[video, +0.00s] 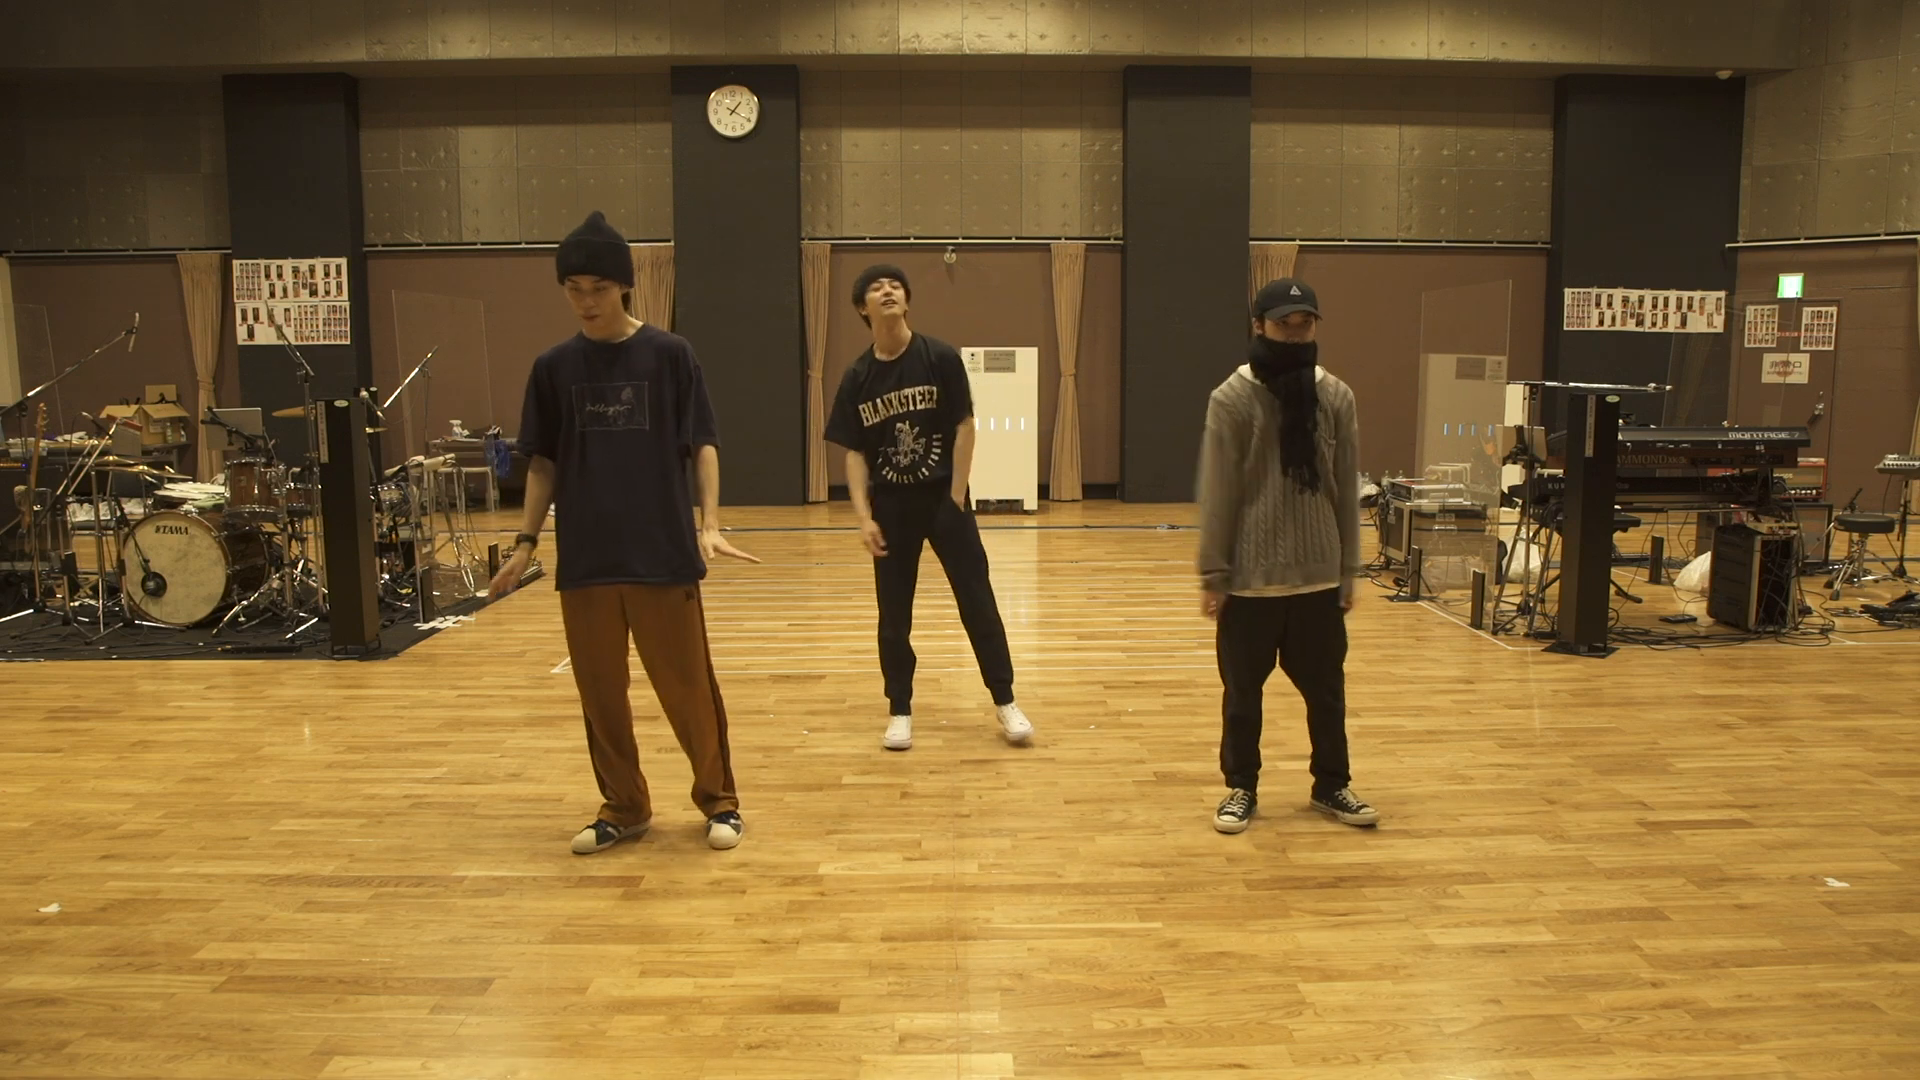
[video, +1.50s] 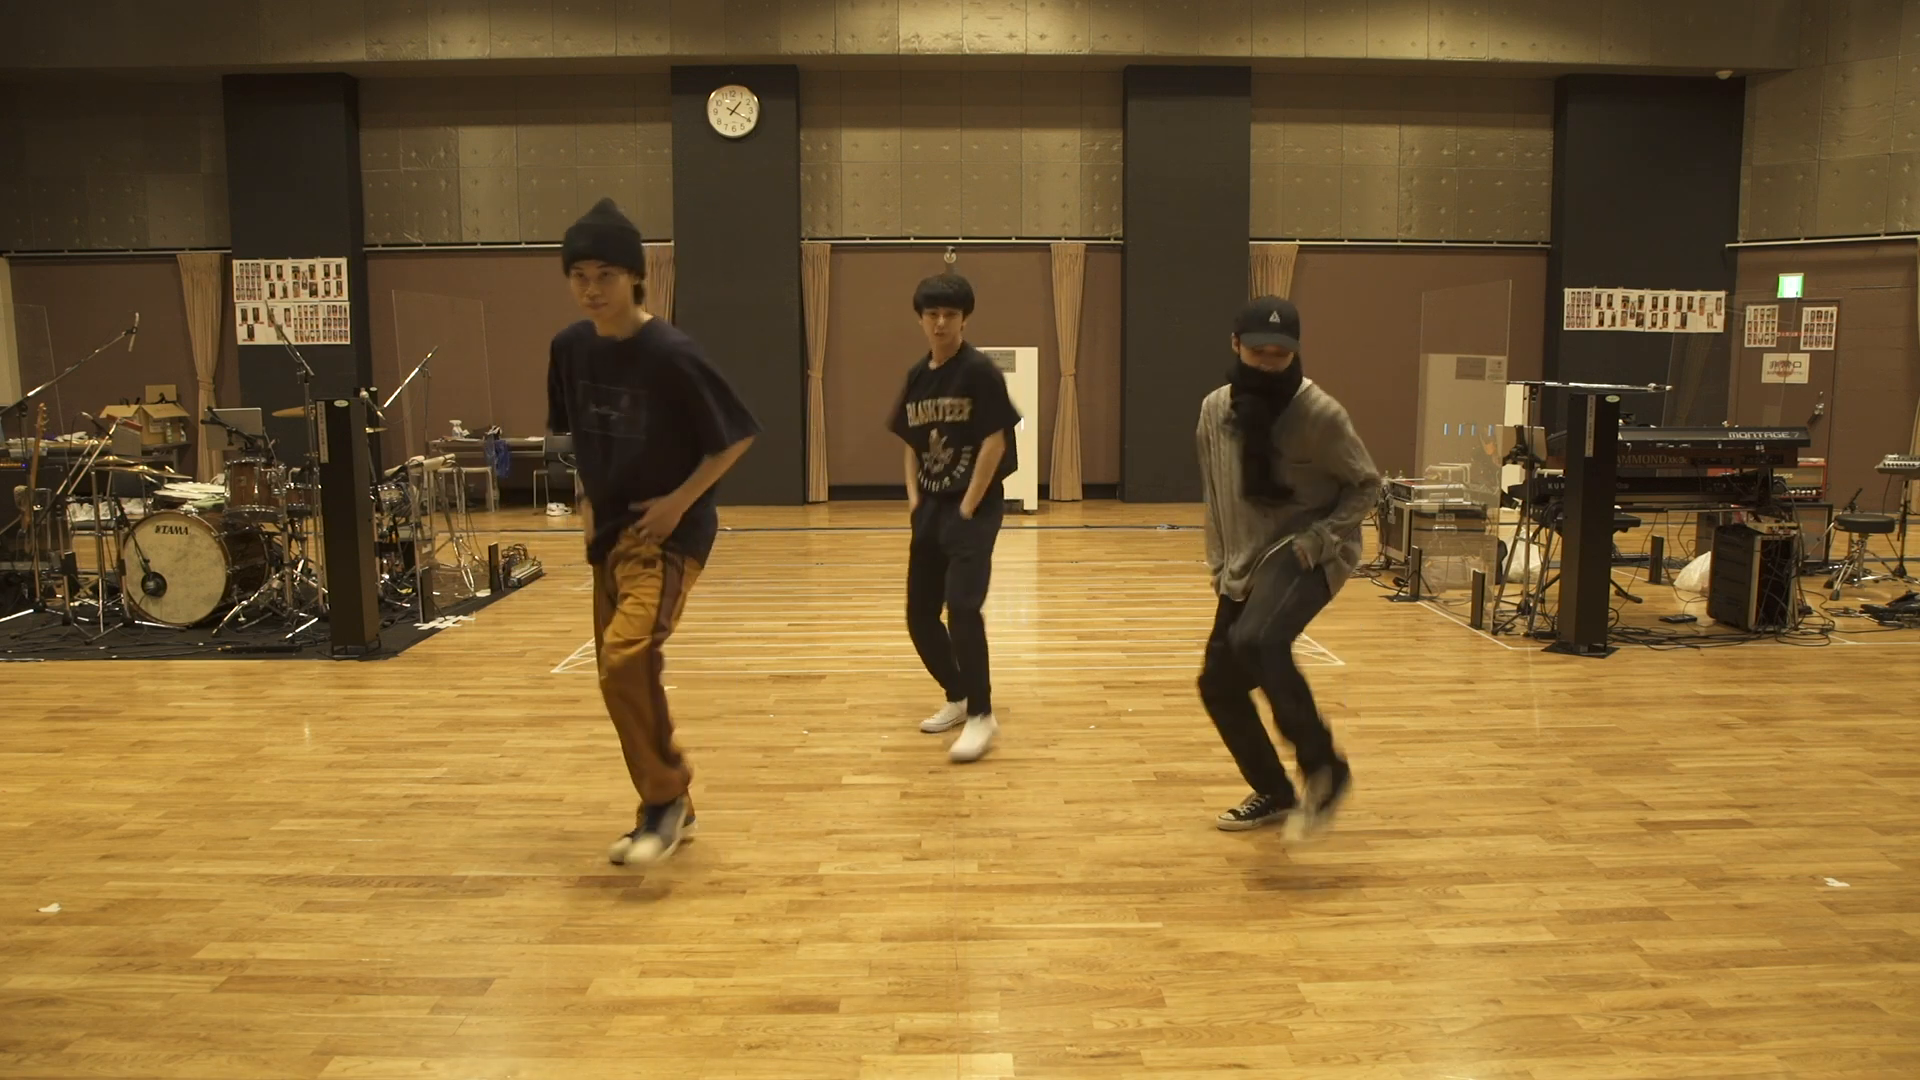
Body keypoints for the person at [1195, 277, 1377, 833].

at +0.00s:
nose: (1297, 332)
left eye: (1306, 322)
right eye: (1285, 322)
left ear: (1316, 327)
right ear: (1260, 326)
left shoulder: (1336, 396)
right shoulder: (1232, 399)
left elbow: (1348, 492)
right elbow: (1217, 493)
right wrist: (1214, 575)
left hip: (1318, 577)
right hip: (1247, 580)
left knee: (1327, 691)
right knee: (1241, 693)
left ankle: (1331, 786)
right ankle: (1241, 789)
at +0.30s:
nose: (1327, 328)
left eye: (1336, 318)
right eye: (1314, 319)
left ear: (1346, 323)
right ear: (1290, 324)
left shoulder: (1363, 384)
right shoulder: (1254, 390)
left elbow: (1376, 467)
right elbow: (1209, 468)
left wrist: (1375, 531)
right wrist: (1211, 535)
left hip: (1339, 573)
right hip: (1268, 577)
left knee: (1338, 691)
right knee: (1255, 692)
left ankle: (1332, 787)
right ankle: (1243, 789)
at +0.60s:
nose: (1345, 326)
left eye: (1353, 316)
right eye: (1332, 316)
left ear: (1363, 322)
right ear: (1306, 322)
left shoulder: (1377, 386)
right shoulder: (1273, 388)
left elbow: (1376, 468)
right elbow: (1245, 471)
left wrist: (1375, 532)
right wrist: (1239, 543)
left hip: (1348, 568)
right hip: (1279, 569)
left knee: (1342, 689)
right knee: (1259, 687)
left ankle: (1333, 788)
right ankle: (1242, 789)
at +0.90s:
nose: (1350, 323)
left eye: (1358, 313)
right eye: (1337, 313)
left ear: (1367, 320)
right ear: (1310, 321)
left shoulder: (1384, 392)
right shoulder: (1276, 392)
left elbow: (1391, 478)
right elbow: (1241, 476)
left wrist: (1384, 548)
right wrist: (1250, 550)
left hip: (1351, 572)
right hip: (1280, 570)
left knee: (1340, 689)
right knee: (1258, 686)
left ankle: (1333, 789)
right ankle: (1241, 788)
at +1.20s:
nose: (1318, 329)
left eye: (1327, 320)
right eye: (1307, 318)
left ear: (1339, 326)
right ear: (1283, 321)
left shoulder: (1357, 397)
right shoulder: (1241, 387)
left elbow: (1380, 484)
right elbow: (1223, 474)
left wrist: (1368, 554)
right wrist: (1230, 551)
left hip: (1334, 576)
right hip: (1258, 574)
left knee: (1336, 690)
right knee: (1255, 691)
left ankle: (1339, 786)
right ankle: (1258, 791)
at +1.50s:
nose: (1269, 363)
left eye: (1281, 353)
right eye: (1258, 351)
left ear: (1297, 353)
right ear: (1236, 347)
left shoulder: (1320, 415)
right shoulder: (1215, 409)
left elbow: (1367, 486)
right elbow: (1214, 496)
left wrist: (1318, 540)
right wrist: (1219, 565)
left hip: (1306, 558)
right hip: (1243, 566)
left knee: (1258, 643)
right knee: (1218, 686)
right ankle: (1274, 792)